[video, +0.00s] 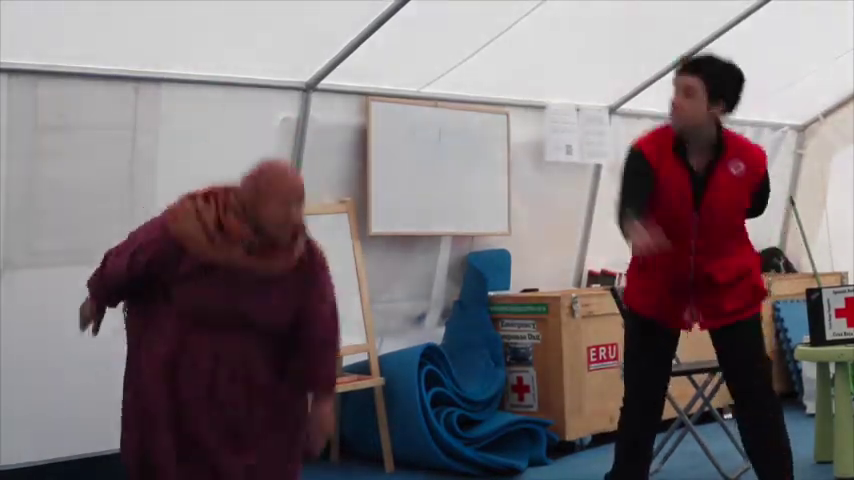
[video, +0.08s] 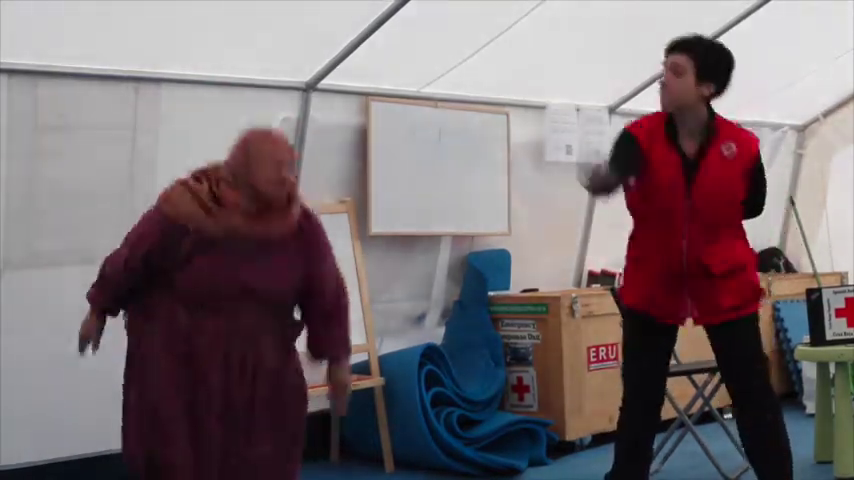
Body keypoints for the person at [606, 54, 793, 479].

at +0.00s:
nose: (674, 101)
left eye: (686, 94)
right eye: (675, 91)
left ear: (717, 107)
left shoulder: (749, 159)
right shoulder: (648, 152)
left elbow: (754, 206)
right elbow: (629, 210)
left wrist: (709, 217)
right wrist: (638, 228)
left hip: (728, 287)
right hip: (657, 288)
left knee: (757, 402)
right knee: (640, 407)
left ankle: (777, 475)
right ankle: (626, 477)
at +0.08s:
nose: (662, 79)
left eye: (674, 72)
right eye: (664, 70)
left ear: (706, 88)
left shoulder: (742, 145)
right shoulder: (640, 136)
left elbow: (752, 205)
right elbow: (611, 176)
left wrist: (702, 219)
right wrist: (600, 180)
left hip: (723, 283)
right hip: (652, 285)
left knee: (754, 400)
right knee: (639, 405)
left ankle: (777, 475)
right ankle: (626, 477)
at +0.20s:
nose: (650, 69)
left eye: (662, 60)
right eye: (652, 59)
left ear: (695, 73)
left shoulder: (732, 134)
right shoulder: (633, 126)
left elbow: (750, 203)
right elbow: (579, 155)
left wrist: (694, 219)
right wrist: (546, 133)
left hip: (716, 283)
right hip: (644, 284)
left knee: (752, 402)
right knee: (636, 406)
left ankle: (776, 476)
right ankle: (625, 479)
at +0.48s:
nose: (637, 70)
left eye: (648, 59)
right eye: (637, 60)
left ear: (681, 70)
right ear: (642, 71)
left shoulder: (720, 131)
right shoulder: (624, 132)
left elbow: (753, 201)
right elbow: (570, 166)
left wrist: (716, 243)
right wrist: (511, 174)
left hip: (705, 280)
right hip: (634, 282)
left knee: (745, 397)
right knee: (631, 406)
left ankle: (775, 477)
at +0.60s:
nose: (630, 68)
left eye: (642, 59)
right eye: (631, 59)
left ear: (674, 72)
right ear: (638, 73)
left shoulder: (711, 130)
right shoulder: (621, 135)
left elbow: (757, 201)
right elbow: (592, 183)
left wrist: (756, 272)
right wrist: (566, 223)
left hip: (700, 281)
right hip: (630, 284)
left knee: (741, 398)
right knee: (630, 406)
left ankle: (774, 475)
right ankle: (623, 478)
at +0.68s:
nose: (623, 67)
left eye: (635, 59)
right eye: (626, 59)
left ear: (667, 72)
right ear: (650, 73)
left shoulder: (706, 127)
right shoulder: (617, 136)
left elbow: (763, 189)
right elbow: (612, 206)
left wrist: (774, 252)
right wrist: (617, 253)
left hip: (698, 279)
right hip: (629, 282)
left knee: (740, 397)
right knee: (629, 406)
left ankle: (775, 477)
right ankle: (622, 479)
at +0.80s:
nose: (611, 69)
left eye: (623, 61)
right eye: (613, 61)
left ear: (655, 74)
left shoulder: (693, 119)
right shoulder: (610, 140)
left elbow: (752, 156)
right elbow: (622, 206)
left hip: (695, 275)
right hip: (630, 281)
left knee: (740, 393)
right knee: (629, 403)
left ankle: (775, 476)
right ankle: (623, 477)